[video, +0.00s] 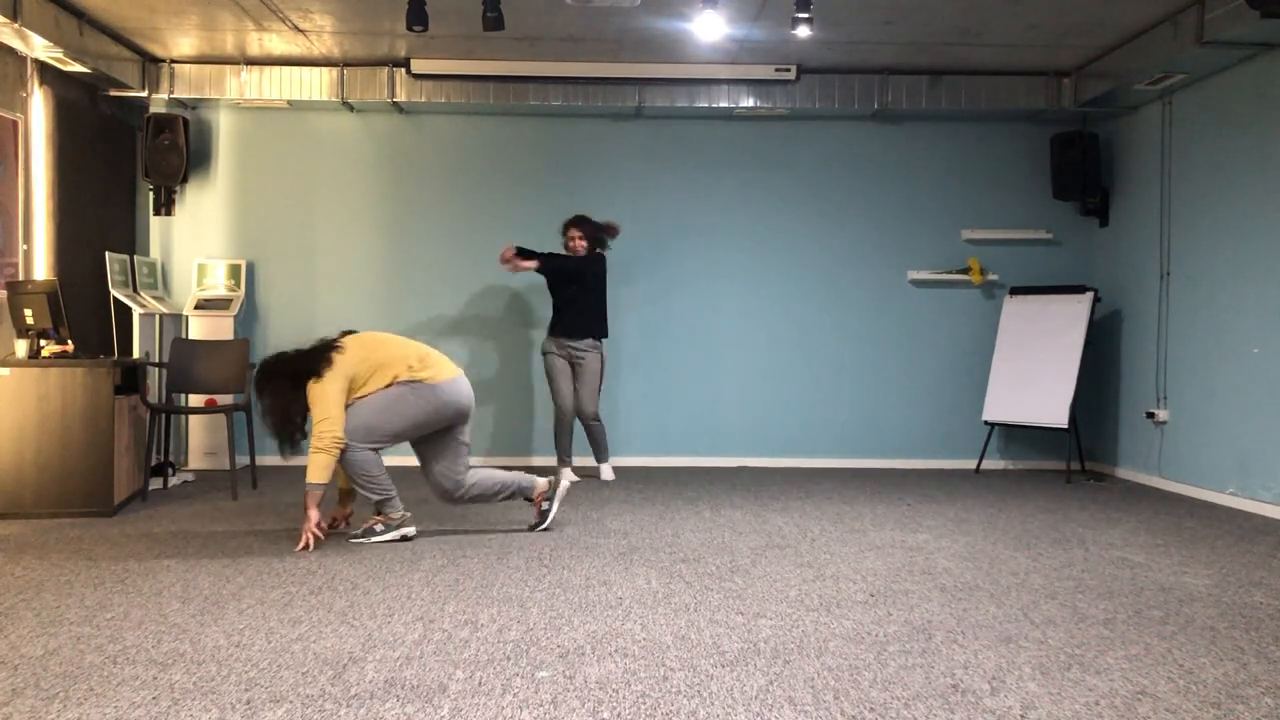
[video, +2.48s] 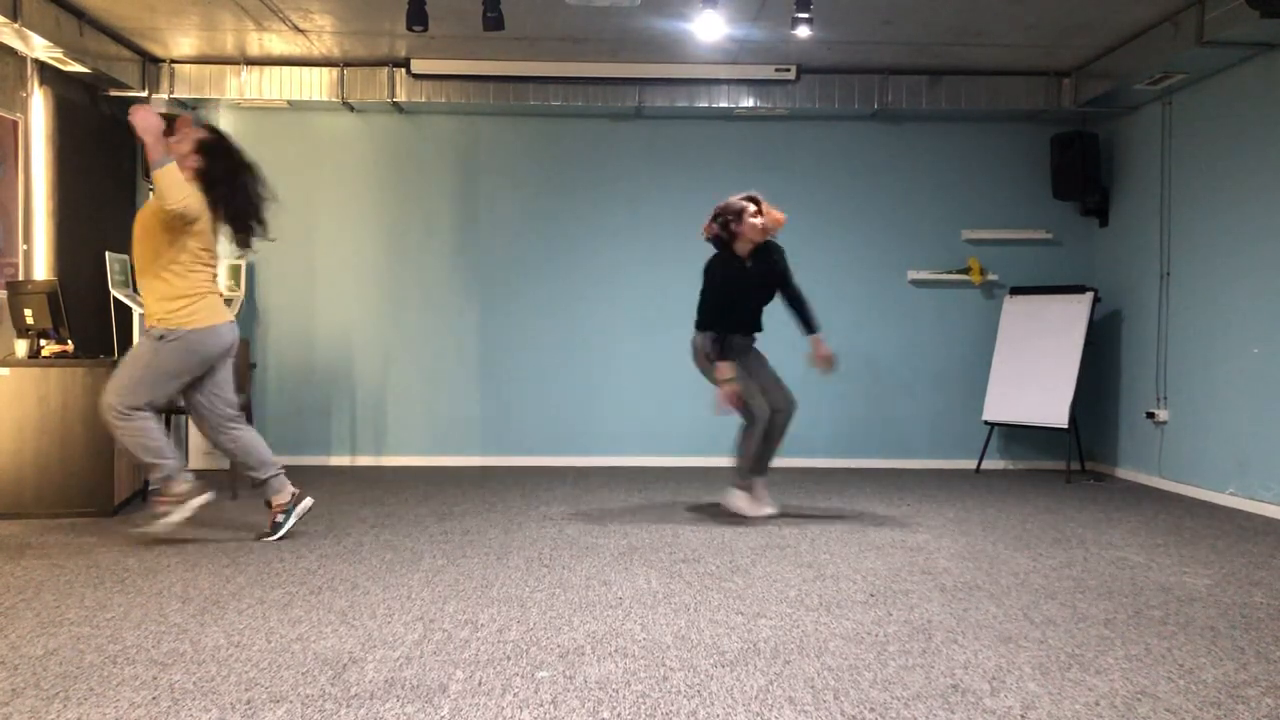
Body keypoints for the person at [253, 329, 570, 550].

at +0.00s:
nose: (284, 411)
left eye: (279, 404)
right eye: (277, 405)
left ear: (288, 387)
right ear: (297, 371)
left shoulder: (325, 375)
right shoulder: (342, 363)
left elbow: (326, 440)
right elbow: (352, 441)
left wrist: (310, 510)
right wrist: (343, 504)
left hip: (433, 389)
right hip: (450, 388)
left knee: (346, 435)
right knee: (453, 485)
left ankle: (392, 516)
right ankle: (539, 488)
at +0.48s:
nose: (294, 411)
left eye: (285, 406)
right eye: (289, 408)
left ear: (282, 387)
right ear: (287, 377)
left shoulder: (308, 371)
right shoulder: (320, 356)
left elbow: (318, 438)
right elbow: (344, 432)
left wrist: (310, 511)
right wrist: (339, 496)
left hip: (417, 357)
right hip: (442, 347)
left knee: (349, 432)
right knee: (490, 421)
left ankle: (391, 514)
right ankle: (562, 485)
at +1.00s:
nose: (287, 392)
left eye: (281, 384)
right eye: (280, 385)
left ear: (290, 371)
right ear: (306, 352)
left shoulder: (325, 373)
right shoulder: (343, 359)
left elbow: (323, 445)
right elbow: (349, 441)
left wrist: (310, 515)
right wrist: (340, 499)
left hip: (430, 420)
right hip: (455, 413)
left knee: (335, 444)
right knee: (485, 492)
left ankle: (391, 516)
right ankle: (575, 488)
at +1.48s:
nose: (315, 202)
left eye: (324, 199)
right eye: (321, 196)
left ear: (340, 214)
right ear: (353, 217)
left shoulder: (341, 262)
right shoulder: (371, 255)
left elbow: (339, 322)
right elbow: (354, 322)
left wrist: (304, 357)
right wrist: (312, 355)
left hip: (394, 367)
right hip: (422, 360)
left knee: (337, 442)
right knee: (443, 443)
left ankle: (392, 516)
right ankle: (531, 473)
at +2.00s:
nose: (285, 133)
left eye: (295, 134)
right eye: (292, 129)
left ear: (305, 156)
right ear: (310, 161)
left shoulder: (285, 195)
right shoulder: (308, 198)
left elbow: (240, 215)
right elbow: (257, 209)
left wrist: (198, 177)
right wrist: (230, 179)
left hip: (251, 321)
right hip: (281, 322)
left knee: (224, 410)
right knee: (261, 409)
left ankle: (261, 501)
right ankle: (288, 495)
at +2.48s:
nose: (170, 141)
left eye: (179, 140)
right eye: (176, 135)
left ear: (194, 159)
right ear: (195, 162)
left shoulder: (187, 197)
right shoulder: (181, 192)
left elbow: (180, 204)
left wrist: (152, 144)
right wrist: (169, 132)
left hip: (185, 330)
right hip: (211, 327)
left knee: (121, 404)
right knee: (222, 423)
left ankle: (177, 488)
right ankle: (284, 496)